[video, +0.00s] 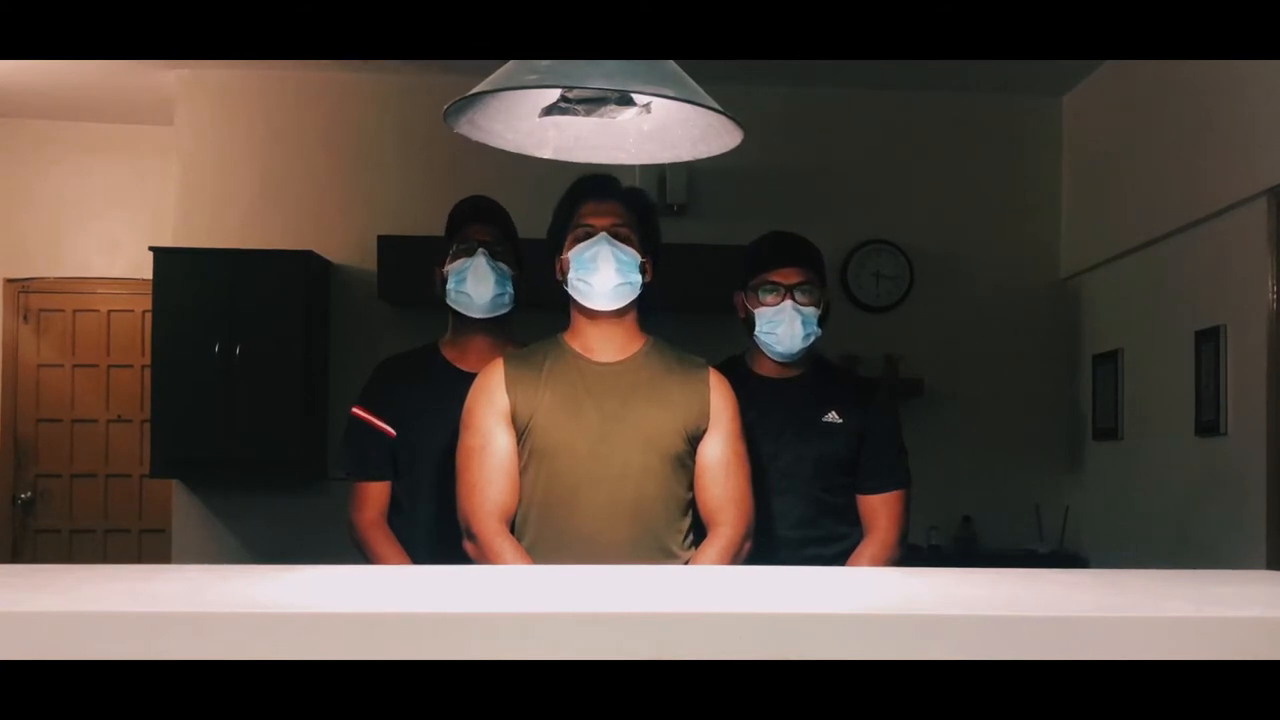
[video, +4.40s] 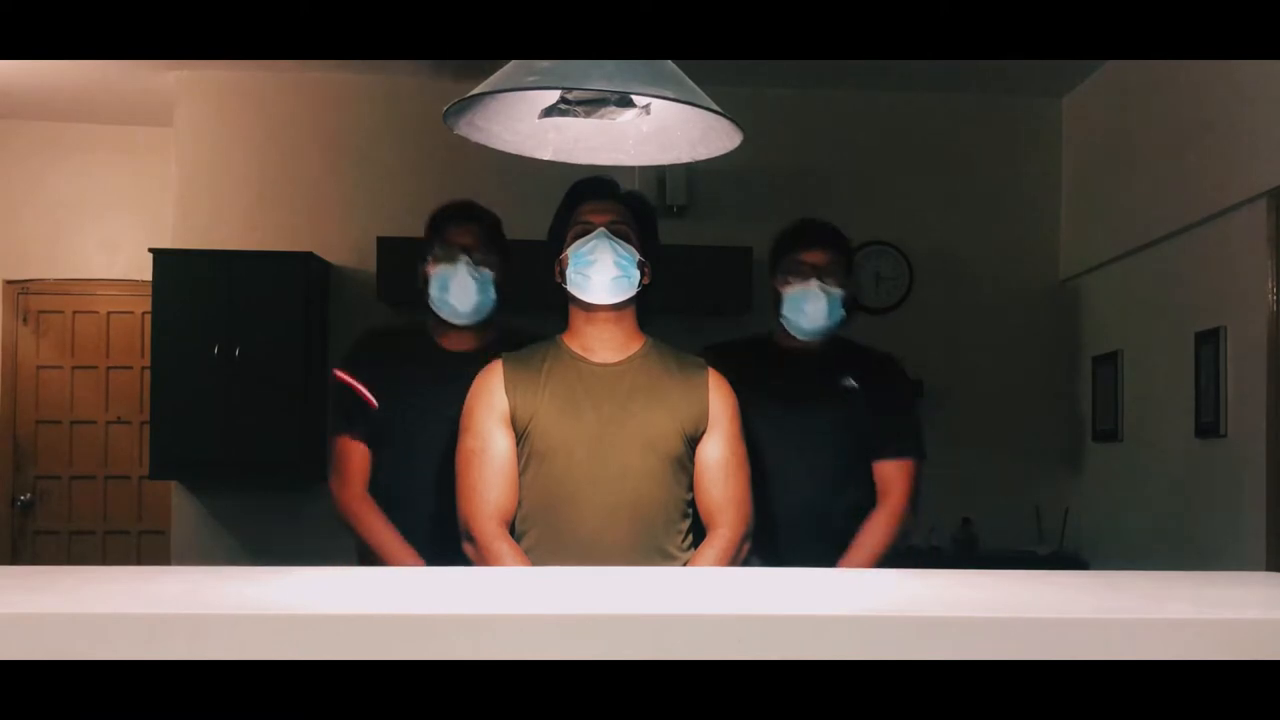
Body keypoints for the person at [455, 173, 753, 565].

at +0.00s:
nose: (602, 247)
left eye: (620, 236)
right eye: (585, 236)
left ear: (645, 268)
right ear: (561, 266)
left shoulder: (704, 388)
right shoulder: (503, 382)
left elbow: (731, 531)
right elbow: (483, 531)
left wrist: (669, 616)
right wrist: (553, 616)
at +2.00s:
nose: (601, 242)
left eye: (619, 233)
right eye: (583, 233)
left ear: (644, 268)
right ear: (559, 264)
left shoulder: (703, 389)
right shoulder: (502, 383)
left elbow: (730, 530)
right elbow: (484, 532)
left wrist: (667, 616)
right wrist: (553, 617)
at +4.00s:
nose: (601, 245)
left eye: (620, 235)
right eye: (584, 235)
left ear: (645, 268)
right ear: (560, 265)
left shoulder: (704, 390)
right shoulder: (503, 385)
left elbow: (730, 532)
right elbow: (484, 533)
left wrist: (667, 617)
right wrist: (551, 622)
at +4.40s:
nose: (601, 243)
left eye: (619, 235)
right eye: (583, 234)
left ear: (644, 268)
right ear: (560, 266)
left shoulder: (704, 389)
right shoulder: (502, 383)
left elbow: (729, 531)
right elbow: (485, 533)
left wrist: (667, 616)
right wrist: (550, 622)